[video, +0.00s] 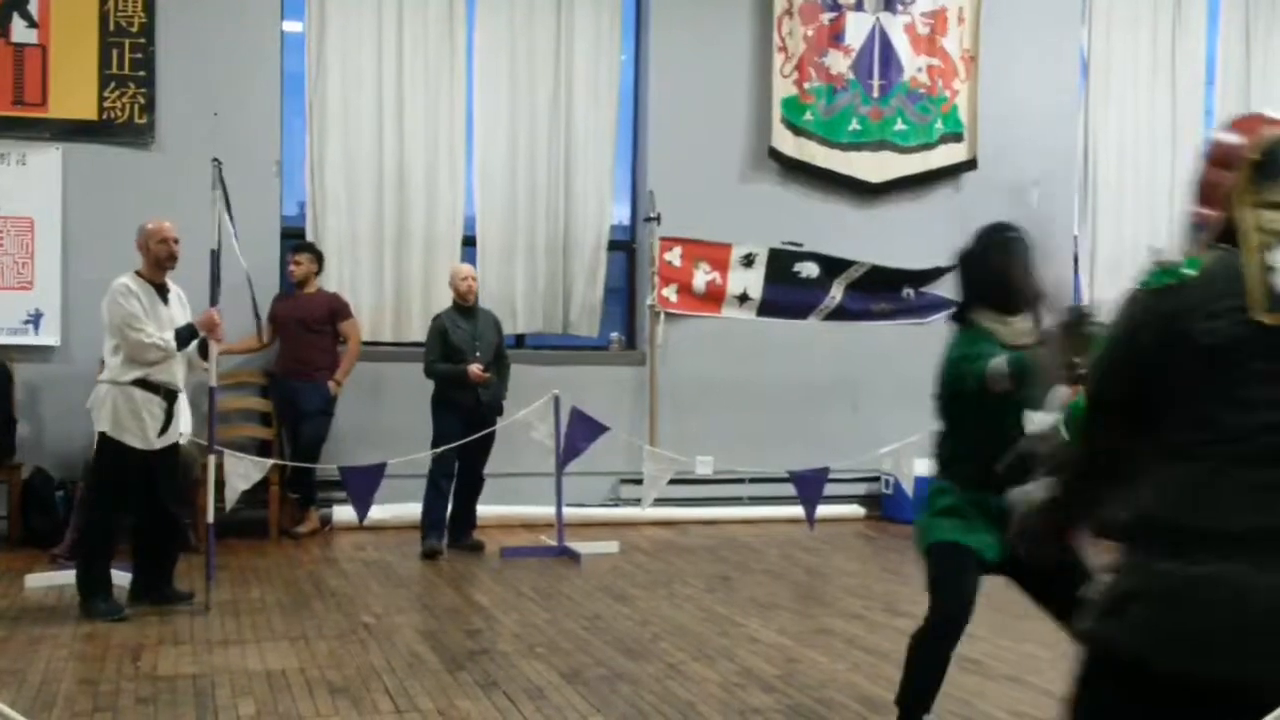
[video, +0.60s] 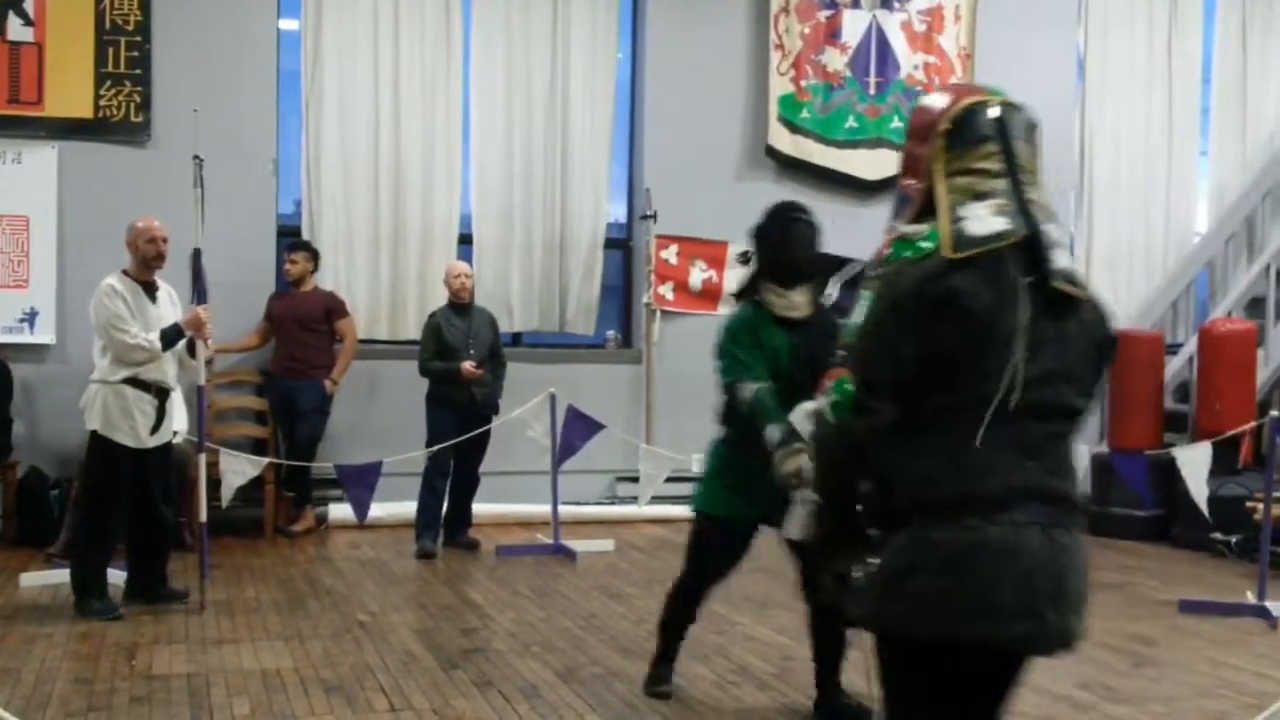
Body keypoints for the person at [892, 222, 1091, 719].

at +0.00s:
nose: (1027, 276)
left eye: (1026, 265)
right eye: (1015, 267)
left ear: (1031, 272)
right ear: (990, 276)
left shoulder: (1035, 340)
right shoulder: (968, 350)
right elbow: (1003, 377)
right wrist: (1055, 349)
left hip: (1023, 514)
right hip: (962, 510)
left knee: (1098, 616)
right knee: (949, 612)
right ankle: (910, 712)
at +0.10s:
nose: (974, 286)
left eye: (975, 276)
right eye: (965, 276)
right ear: (949, 280)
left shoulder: (995, 340)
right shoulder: (927, 350)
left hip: (977, 501)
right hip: (918, 503)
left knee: (1050, 595)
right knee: (930, 609)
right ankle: (903, 710)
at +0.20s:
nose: (943, 278)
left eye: (942, 268)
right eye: (933, 269)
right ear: (914, 278)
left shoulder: (960, 349)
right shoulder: (881, 356)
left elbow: (999, 396)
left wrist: (987, 412)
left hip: (945, 500)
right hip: (888, 502)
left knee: (1001, 608)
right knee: (906, 612)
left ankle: (930, 657)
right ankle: (897, 708)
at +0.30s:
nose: (890, 279)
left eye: (899, 268)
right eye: (882, 268)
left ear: (911, 270)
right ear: (863, 268)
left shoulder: (929, 334)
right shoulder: (843, 337)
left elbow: (954, 391)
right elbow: (827, 407)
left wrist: (927, 417)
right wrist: (874, 420)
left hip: (920, 497)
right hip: (859, 496)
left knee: (937, 605)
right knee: (874, 618)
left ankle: (861, 669)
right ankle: (874, 705)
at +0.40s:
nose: (866, 263)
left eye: (874, 251)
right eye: (856, 251)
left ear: (886, 258)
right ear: (837, 257)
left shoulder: (903, 325)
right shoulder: (816, 329)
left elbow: (916, 387)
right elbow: (804, 397)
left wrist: (881, 418)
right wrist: (841, 429)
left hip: (879, 480)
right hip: (817, 479)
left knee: (898, 587)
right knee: (814, 586)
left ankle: (845, 683)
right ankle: (808, 687)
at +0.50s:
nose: (828, 267)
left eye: (832, 256)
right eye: (822, 256)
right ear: (833, 263)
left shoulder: (873, 325)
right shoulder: (783, 329)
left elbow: (881, 384)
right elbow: (779, 385)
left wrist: (850, 421)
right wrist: (808, 425)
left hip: (845, 484)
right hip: (778, 477)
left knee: (863, 590)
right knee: (736, 577)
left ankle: (836, 693)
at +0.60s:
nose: (795, 281)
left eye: (803, 270)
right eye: (785, 269)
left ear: (817, 269)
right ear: (767, 266)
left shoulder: (830, 329)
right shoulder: (744, 329)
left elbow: (844, 389)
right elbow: (751, 400)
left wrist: (819, 423)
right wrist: (786, 449)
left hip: (808, 478)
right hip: (741, 472)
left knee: (827, 589)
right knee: (701, 573)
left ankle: (829, 691)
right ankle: (664, 661)